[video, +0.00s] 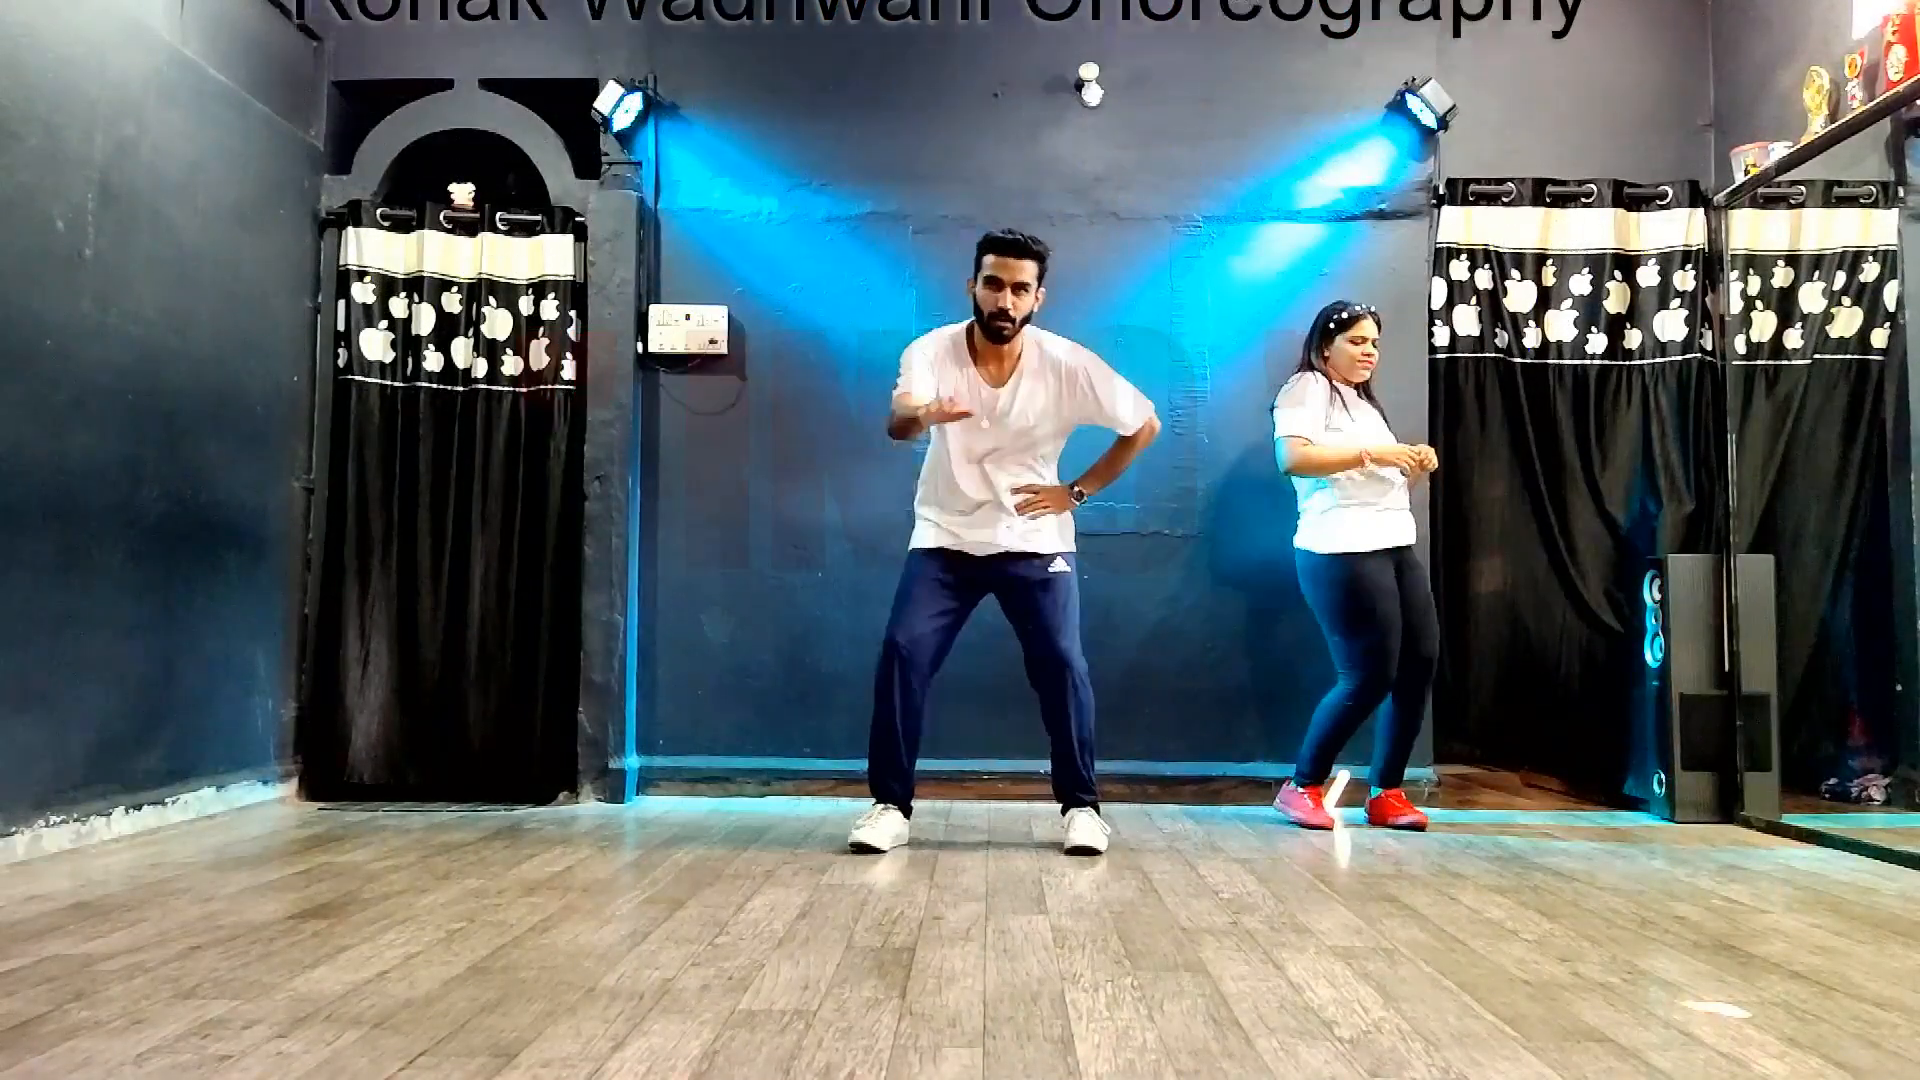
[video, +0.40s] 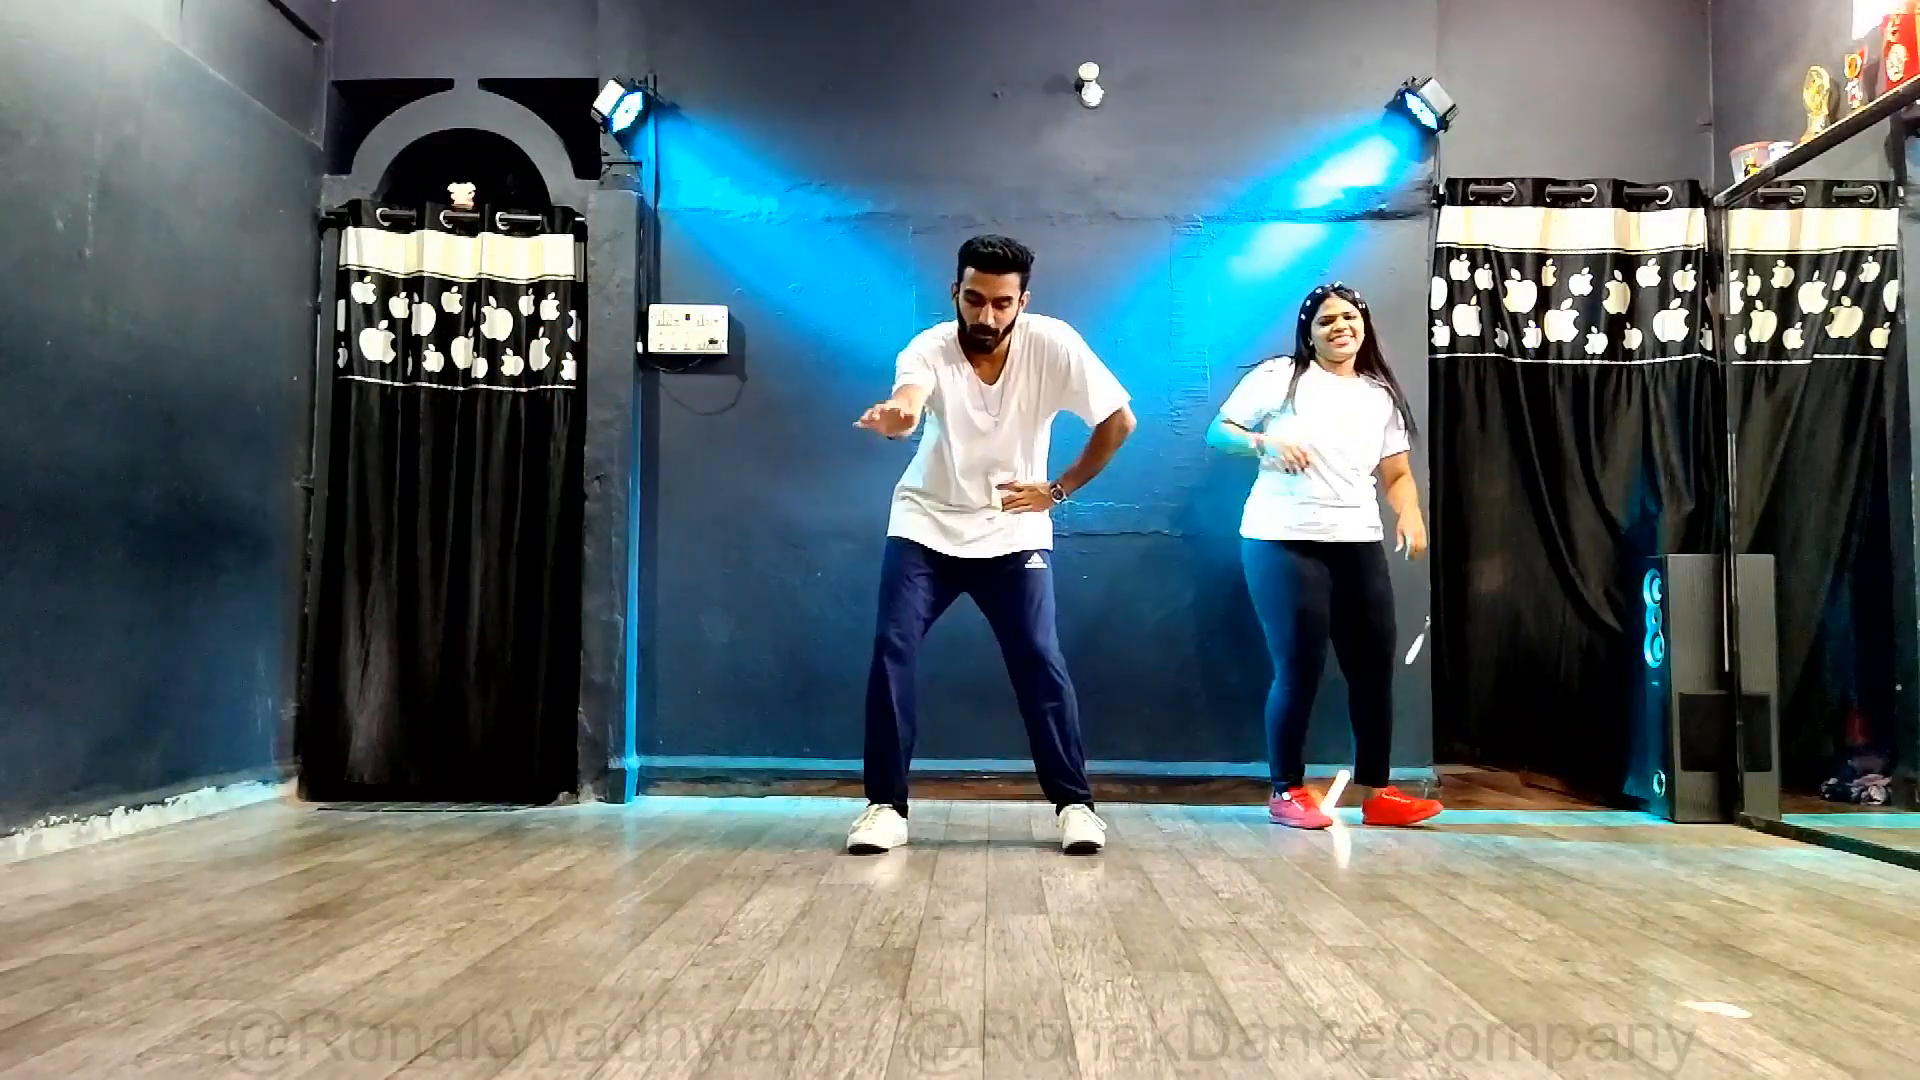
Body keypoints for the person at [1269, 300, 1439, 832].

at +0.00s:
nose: (1368, 352)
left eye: (1373, 343)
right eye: (1356, 342)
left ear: (1376, 349)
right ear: (1324, 346)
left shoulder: (1363, 403)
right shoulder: (1305, 388)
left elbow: (1376, 487)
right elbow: (1293, 457)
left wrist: (1414, 470)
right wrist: (1371, 454)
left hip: (1396, 548)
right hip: (1340, 551)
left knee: (1418, 663)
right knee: (1368, 674)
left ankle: (1385, 793)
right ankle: (1301, 788)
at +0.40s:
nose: (1341, 326)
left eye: (1349, 317)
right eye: (1328, 321)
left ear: (1364, 327)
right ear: (1310, 333)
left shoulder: (1379, 396)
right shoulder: (1279, 376)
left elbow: (1396, 473)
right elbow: (1220, 432)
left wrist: (1409, 513)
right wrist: (1266, 443)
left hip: (1357, 543)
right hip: (1282, 539)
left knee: (1373, 664)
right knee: (1298, 666)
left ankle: (1375, 792)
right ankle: (1286, 792)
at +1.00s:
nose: (1308, 330)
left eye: (1318, 322)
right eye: (1297, 323)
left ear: (1337, 330)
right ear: (1283, 334)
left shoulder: (1367, 379)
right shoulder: (1262, 398)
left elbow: (1377, 451)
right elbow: (1261, 475)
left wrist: (1290, 459)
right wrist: (1266, 543)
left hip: (1363, 539)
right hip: (1283, 541)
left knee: (1368, 668)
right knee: (1277, 669)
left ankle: (1384, 793)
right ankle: (1280, 790)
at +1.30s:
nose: (1331, 327)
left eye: (1340, 320)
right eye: (1318, 319)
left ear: (1351, 333)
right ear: (1297, 332)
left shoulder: (1372, 380)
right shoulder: (1267, 401)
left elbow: (1387, 441)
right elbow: (1253, 487)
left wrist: (1312, 462)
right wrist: (1250, 559)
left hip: (1383, 540)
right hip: (1306, 543)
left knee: (1392, 673)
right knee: (1318, 672)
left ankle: (1390, 794)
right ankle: (1293, 792)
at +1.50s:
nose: (1338, 361)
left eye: (1346, 350)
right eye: (1324, 354)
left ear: (1358, 355)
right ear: (1303, 362)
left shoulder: (1372, 412)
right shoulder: (1277, 413)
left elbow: (1405, 476)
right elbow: (1255, 483)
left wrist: (1426, 538)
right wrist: (1254, 547)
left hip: (1378, 553)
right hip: (1306, 552)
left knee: (1422, 669)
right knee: (1326, 674)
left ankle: (1392, 796)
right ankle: (1293, 795)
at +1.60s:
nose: (1336, 356)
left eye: (1345, 346)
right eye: (1324, 348)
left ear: (1360, 355)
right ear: (1306, 356)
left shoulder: (1373, 415)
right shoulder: (1281, 407)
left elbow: (1413, 479)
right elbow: (1270, 466)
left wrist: (1452, 538)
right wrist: (1283, 506)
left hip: (1373, 550)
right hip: (1303, 550)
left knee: (1413, 669)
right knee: (1318, 675)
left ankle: (1392, 795)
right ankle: (1293, 795)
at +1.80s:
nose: (1348, 323)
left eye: (1360, 317)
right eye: (1338, 315)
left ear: (1375, 330)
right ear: (1321, 325)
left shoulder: (1387, 387)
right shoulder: (1289, 375)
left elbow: (1410, 458)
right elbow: (1281, 450)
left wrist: (1392, 496)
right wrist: (1325, 480)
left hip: (1364, 544)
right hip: (1289, 540)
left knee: (1382, 668)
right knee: (1297, 672)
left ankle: (1382, 792)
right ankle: (1288, 791)